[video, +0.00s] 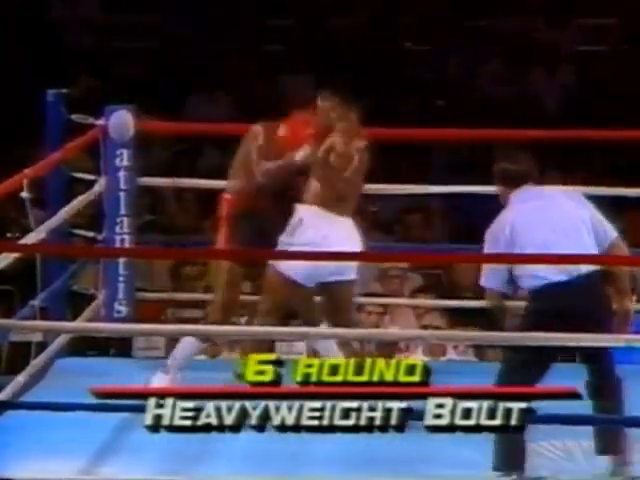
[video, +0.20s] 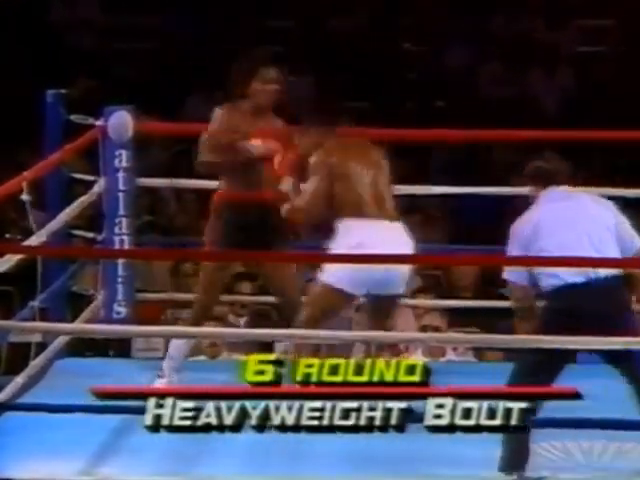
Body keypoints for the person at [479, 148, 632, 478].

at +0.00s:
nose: (497, 193)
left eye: (498, 187)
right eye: (499, 187)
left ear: (502, 188)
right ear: (534, 179)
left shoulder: (503, 224)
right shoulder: (573, 199)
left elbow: (493, 295)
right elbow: (618, 251)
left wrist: (504, 333)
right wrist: (624, 299)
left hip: (544, 300)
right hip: (592, 292)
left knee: (514, 378)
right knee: (601, 368)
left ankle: (509, 466)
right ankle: (617, 455)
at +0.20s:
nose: (527, 192)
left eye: (528, 187)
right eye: (528, 187)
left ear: (533, 187)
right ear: (567, 181)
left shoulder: (525, 223)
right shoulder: (602, 205)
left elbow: (519, 288)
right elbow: (634, 251)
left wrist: (526, 327)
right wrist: (633, 294)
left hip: (562, 304)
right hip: (611, 299)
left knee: (528, 379)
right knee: (635, 372)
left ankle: (512, 464)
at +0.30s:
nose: (568, 181)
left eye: (569, 176)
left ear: (574, 176)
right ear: (610, 173)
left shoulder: (560, 213)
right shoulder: (633, 202)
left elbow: (545, 272)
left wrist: (561, 302)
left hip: (587, 296)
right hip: (634, 295)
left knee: (555, 376)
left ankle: (520, 462)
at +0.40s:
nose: (595, 176)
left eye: (596, 171)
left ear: (603, 170)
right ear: (634, 169)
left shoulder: (589, 204)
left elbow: (569, 264)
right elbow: (570, 264)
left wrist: (586, 292)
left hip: (609, 289)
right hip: (638, 288)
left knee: (574, 365)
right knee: (574, 365)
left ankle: (536, 448)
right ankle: (538, 445)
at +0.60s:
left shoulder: (628, 185)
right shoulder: (627, 185)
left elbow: (604, 240)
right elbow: (603, 240)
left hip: (633, 287)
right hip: (632, 286)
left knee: (620, 357)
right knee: (620, 357)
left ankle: (605, 433)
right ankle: (605, 434)